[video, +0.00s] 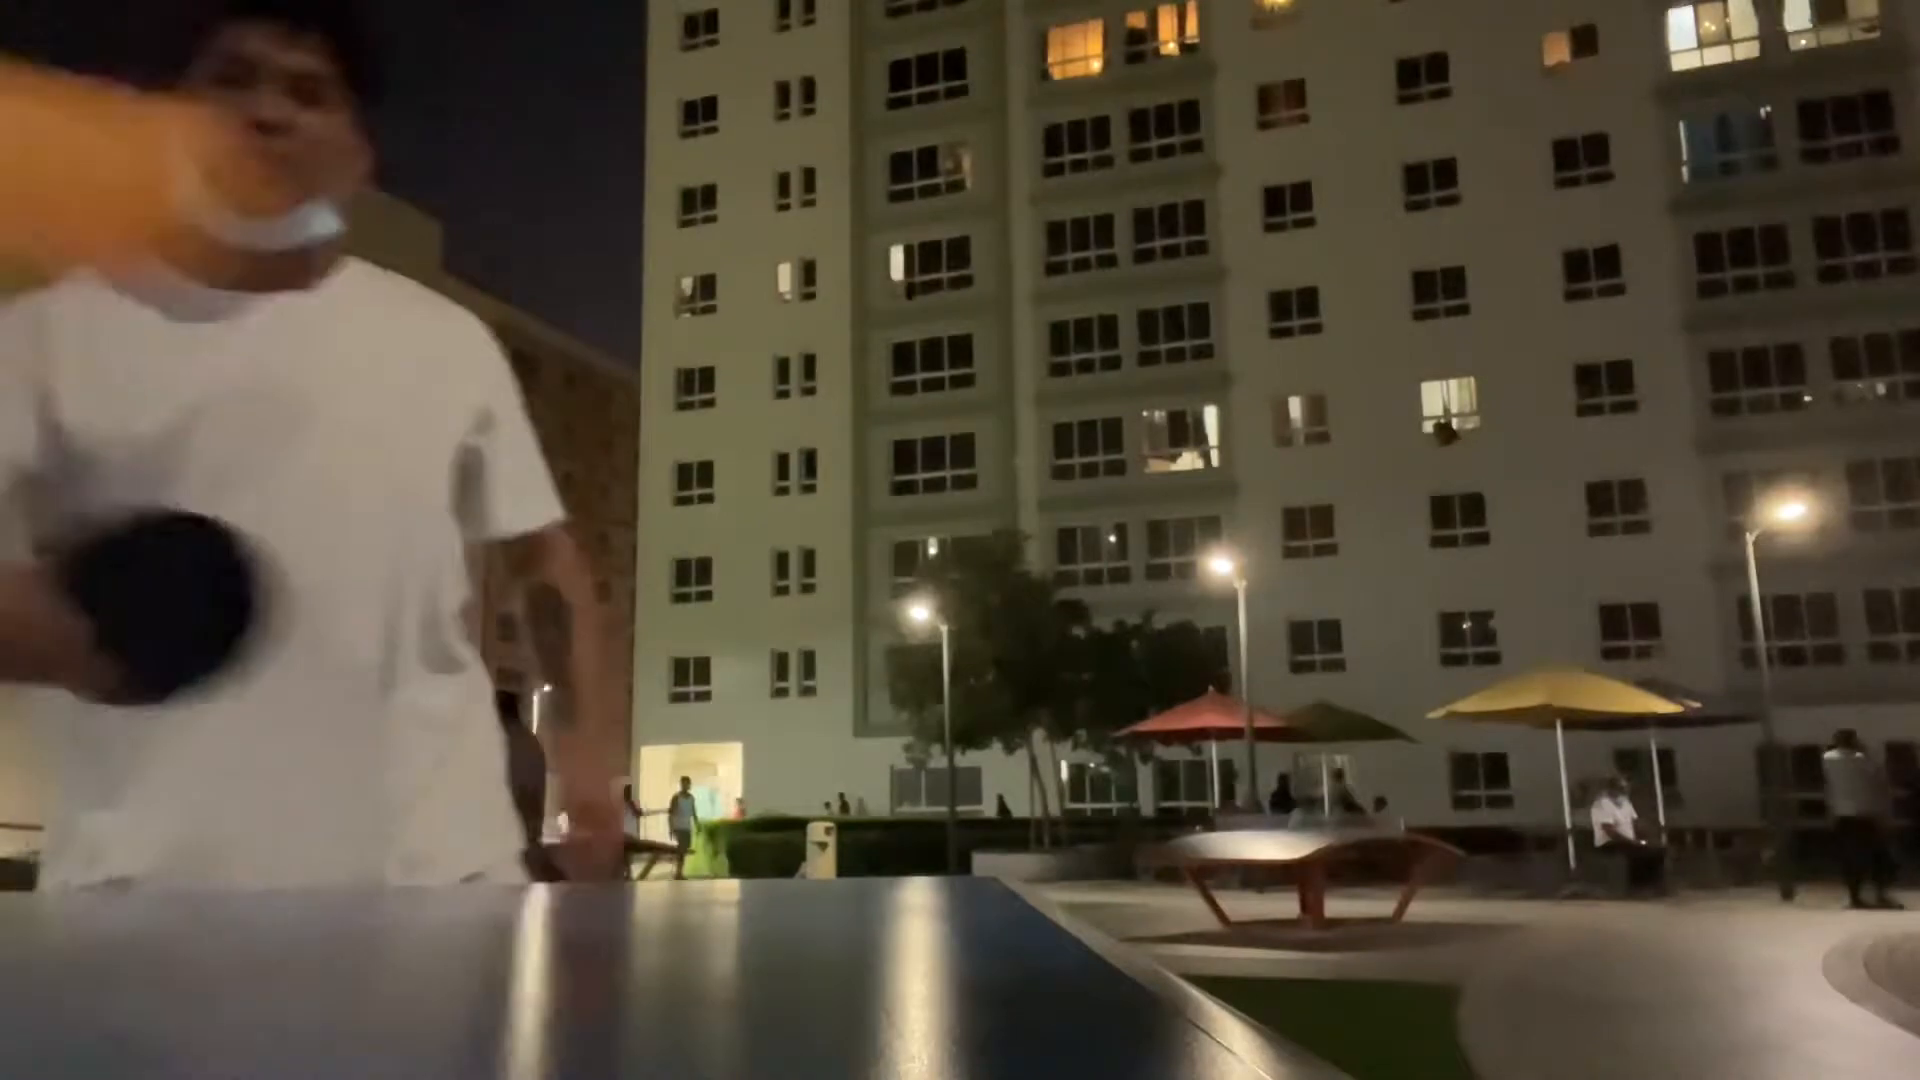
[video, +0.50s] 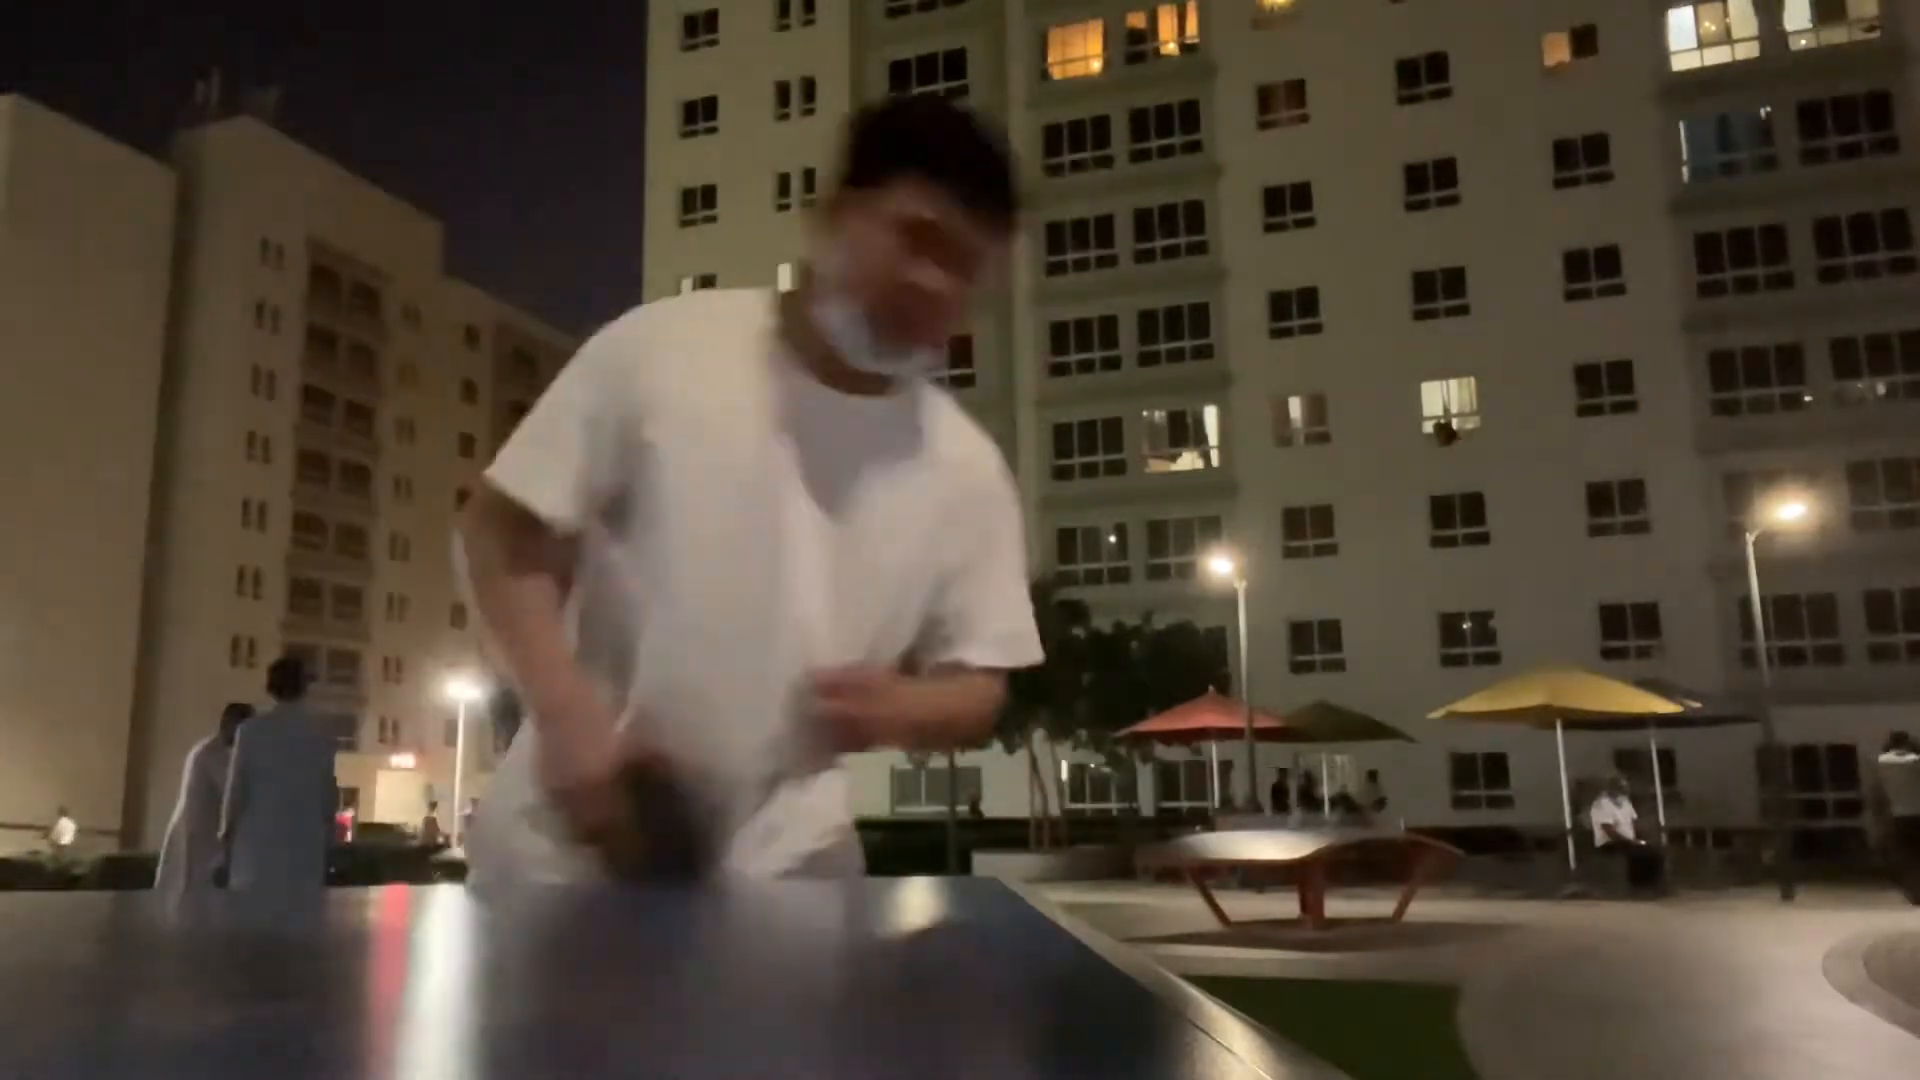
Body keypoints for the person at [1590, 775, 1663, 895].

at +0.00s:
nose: (1624, 791)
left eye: (1625, 788)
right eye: (1621, 788)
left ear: (1627, 788)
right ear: (1612, 789)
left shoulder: (1624, 801)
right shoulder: (1603, 803)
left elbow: (1634, 821)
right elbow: (1609, 829)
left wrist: (1644, 835)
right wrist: (1634, 842)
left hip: (1628, 841)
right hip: (1609, 844)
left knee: (1654, 851)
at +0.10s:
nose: (1624, 792)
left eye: (1625, 788)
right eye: (1621, 788)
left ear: (1626, 788)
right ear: (1613, 789)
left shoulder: (1624, 801)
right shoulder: (1602, 804)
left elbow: (1634, 820)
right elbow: (1608, 829)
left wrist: (1640, 837)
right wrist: (1633, 842)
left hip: (1628, 840)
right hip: (1609, 843)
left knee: (1651, 851)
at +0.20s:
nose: (1625, 791)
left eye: (1625, 787)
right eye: (1621, 788)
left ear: (1626, 788)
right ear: (1613, 789)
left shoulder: (1624, 801)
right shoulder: (1602, 803)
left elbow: (1634, 820)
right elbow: (1608, 829)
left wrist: (1640, 837)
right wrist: (1633, 842)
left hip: (1628, 840)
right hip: (1609, 843)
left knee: (1652, 850)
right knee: (1638, 853)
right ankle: (1638, 888)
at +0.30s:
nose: (1625, 791)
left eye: (1625, 787)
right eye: (1621, 788)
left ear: (1626, 788)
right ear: (1613, 789)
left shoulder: (1624, 800)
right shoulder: (1602, 803)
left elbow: (1634, 821)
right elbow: (1608, 828)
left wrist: (1641, 837)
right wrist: (1631, 842)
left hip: (1628, 840)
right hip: (1609, 843)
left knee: (1651, 850)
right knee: (1638, 854)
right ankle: (1637, 887)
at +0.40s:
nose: (1625, 790)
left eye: (1626, 787)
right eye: (1622, 788)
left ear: (1627, 787)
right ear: (1613, 788)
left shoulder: (1624, 800)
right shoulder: (1602, 803)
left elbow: (1634, 820)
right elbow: (1608, 828)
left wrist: (1639, 837)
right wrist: (1632, 842)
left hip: (1628, 840)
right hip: (1609, 844)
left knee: (1652, 850)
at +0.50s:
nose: (1625, 790)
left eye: (1626, 787)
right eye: (1622, 788)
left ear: (1627, 787)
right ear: (1613, 788)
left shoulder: (1624, 801)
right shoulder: (1602, 804)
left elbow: (1633, 820)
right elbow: (1608, 829)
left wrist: (1637, 837)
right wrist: (1632, 841)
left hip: (1627, 840)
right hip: (1609, 843)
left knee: (1651, 851)